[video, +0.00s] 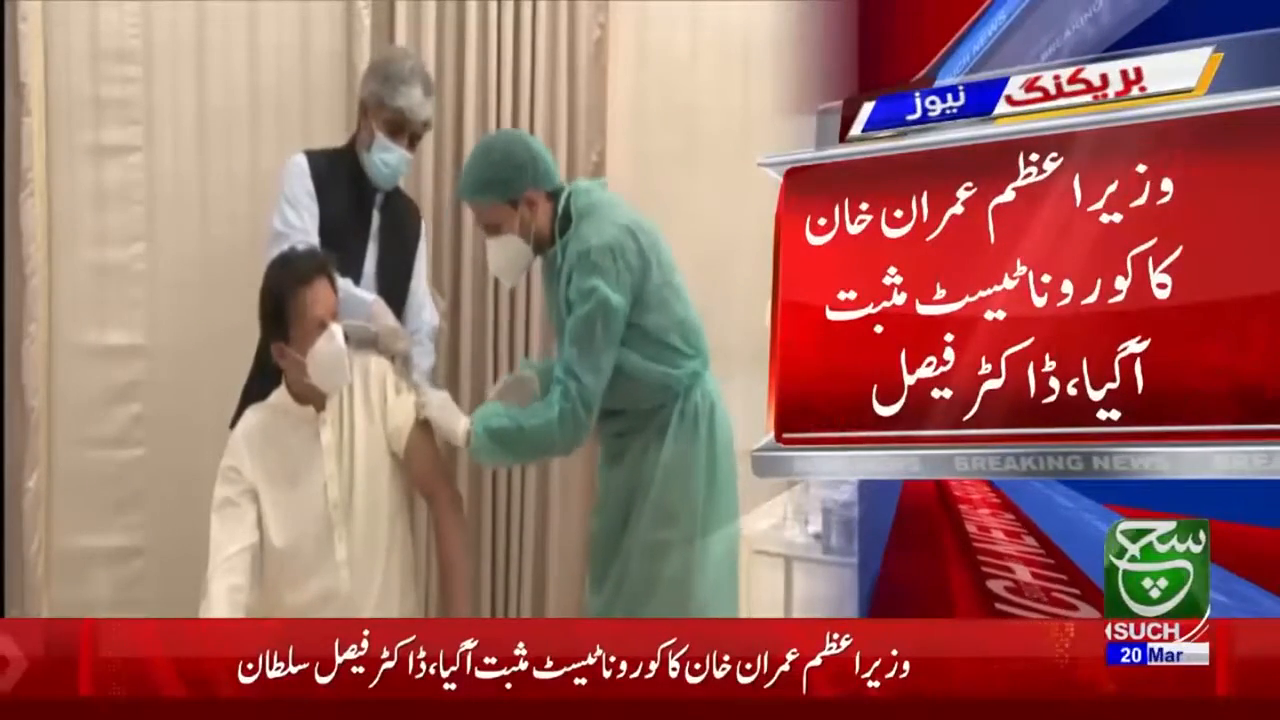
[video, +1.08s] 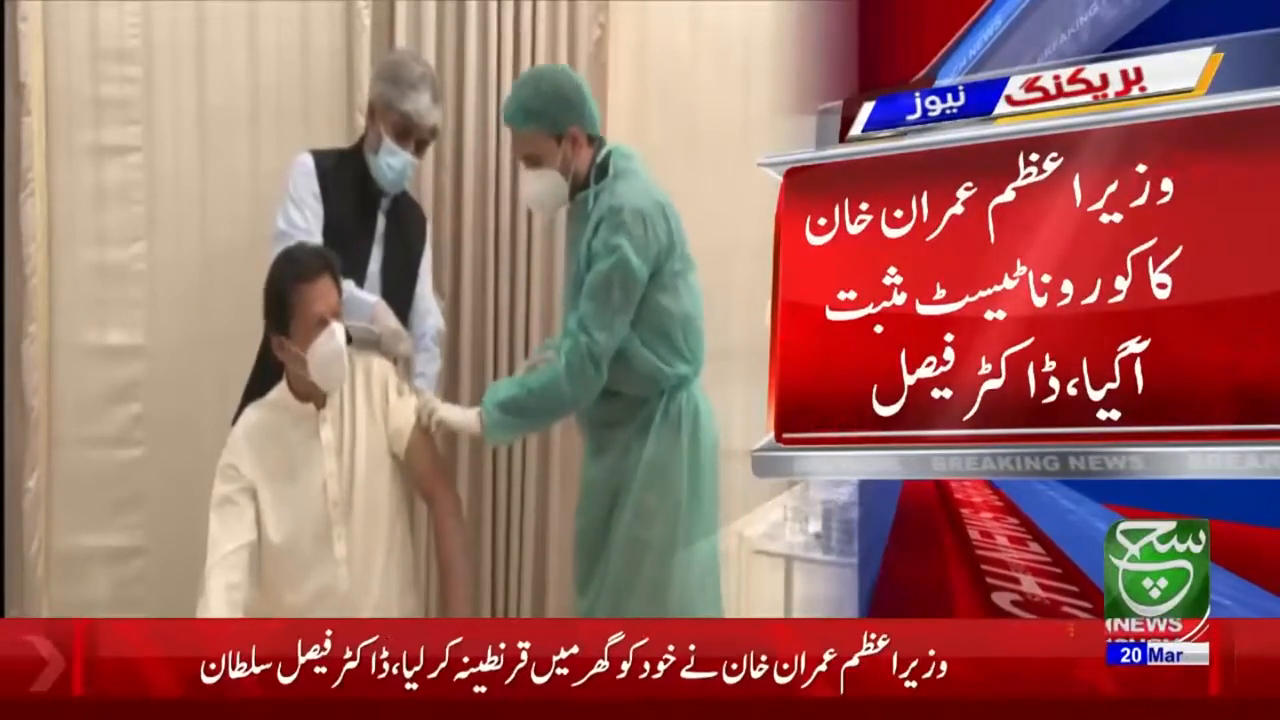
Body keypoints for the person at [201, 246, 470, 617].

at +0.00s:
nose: (336, 338)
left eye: (337, 321)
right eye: (319, 329)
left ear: (346, 319)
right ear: (281, 349)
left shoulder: (375, 380)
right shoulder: (253, 436)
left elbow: (442, 495)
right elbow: (230, 567)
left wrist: (459, 615)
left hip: (388, 617)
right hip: (292, 629)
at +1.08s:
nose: (337, 336)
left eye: (338, 318)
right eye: (319, 326)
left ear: (347, 316)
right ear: (281, 346)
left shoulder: (375, 381)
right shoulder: (253, 434)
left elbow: (442, 496)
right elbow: (227, 570)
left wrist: (458, 615)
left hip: (389, 618)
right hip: (293, 633)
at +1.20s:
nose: (260, 323)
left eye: (270, 303)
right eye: (238, 312)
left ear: (289, 310)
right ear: (208, 343)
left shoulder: (341, 386)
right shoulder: (178, 472)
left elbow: (431, 526)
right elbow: (153, 624)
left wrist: (457, 642)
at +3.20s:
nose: (265, 335)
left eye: (275, 313)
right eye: (244, 322)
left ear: (295, 316)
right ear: (212, 349)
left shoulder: (345, 394)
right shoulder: (179, 484)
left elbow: (431, 538)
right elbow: (159, 639)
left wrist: (454, 647)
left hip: (364, 674)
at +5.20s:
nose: (264, 388)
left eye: (277, 367)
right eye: (246, 374)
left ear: (299, 354)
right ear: (211, 367)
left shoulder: (346, 414)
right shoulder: (183, 489)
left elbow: (427, 550)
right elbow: (157, 634)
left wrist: (454, 651)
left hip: (359, 669)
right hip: (240, 681)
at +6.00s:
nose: (311, 388)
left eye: (309, 366)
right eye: (290, 378)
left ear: (314, 354)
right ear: (234, 402)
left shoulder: (350, 426)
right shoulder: (186, 500)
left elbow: (429, 558)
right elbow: (157, 643)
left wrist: (459, 661)